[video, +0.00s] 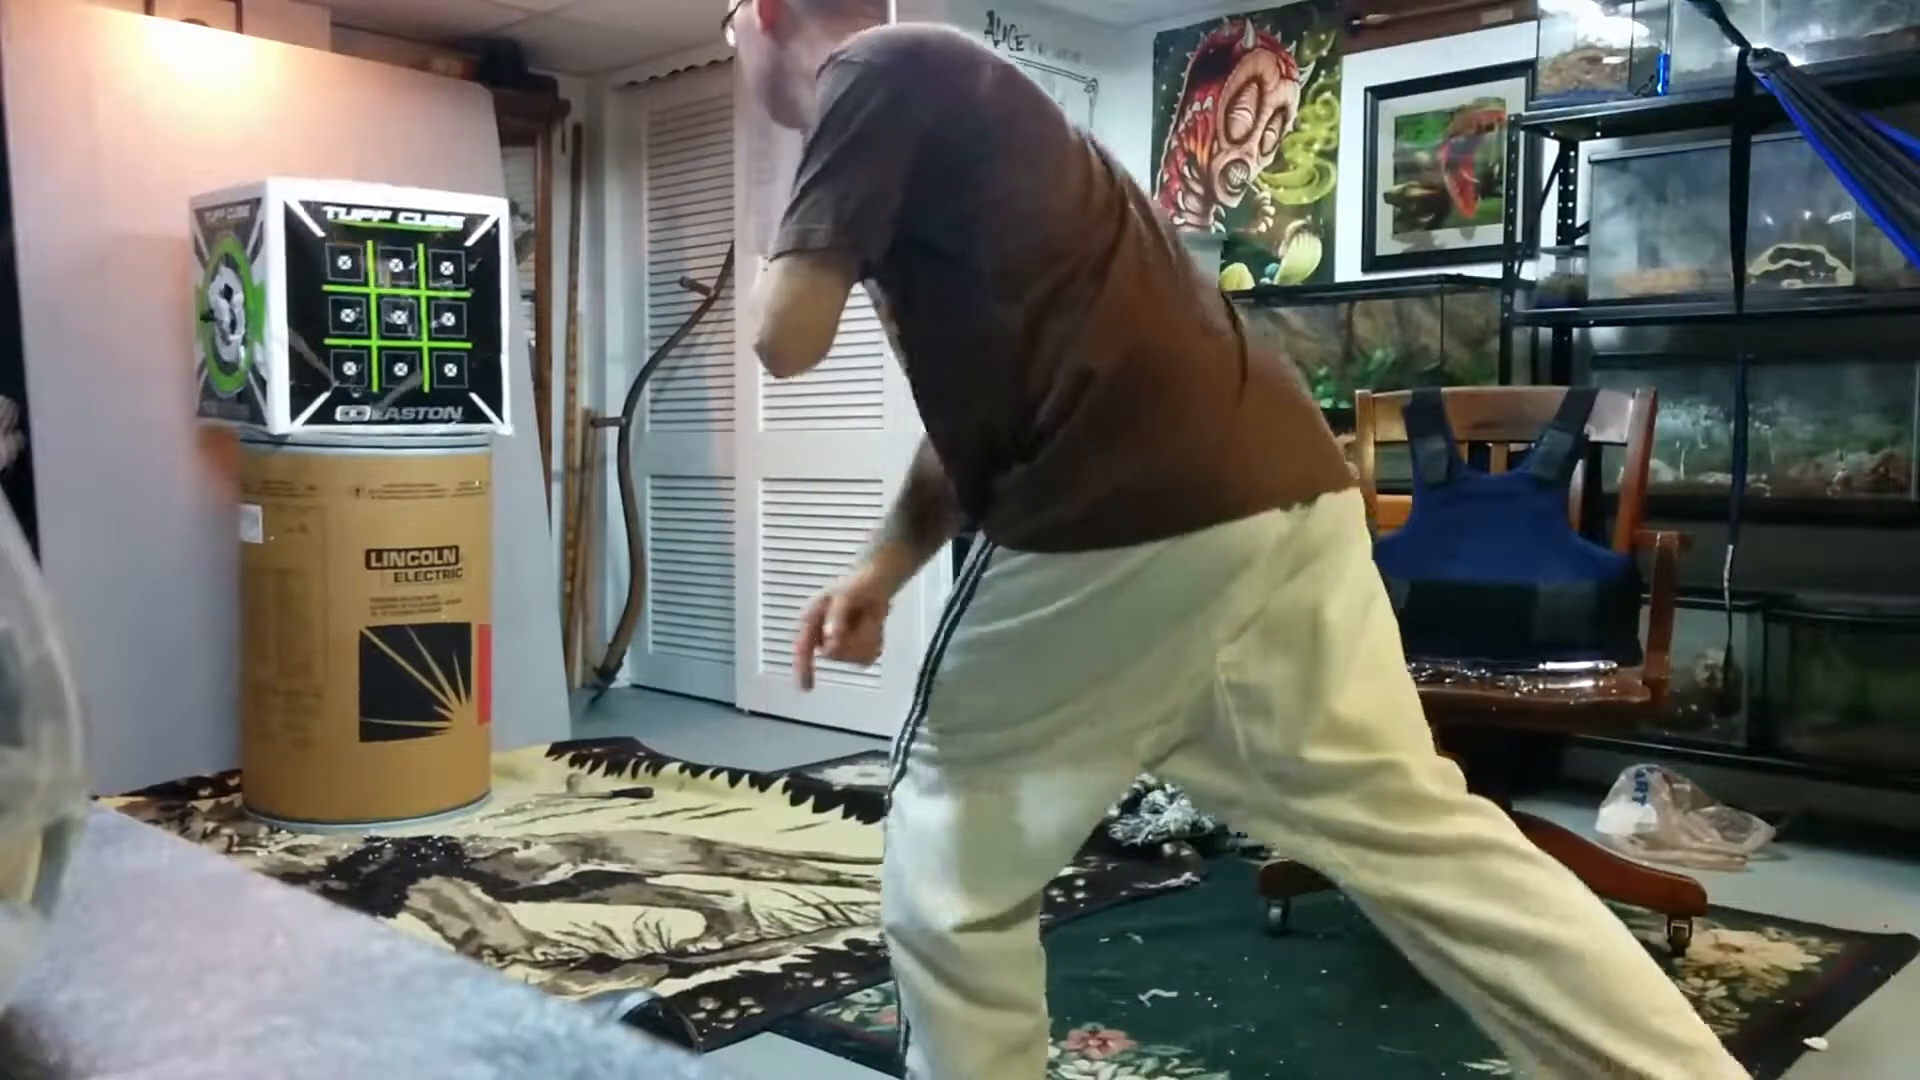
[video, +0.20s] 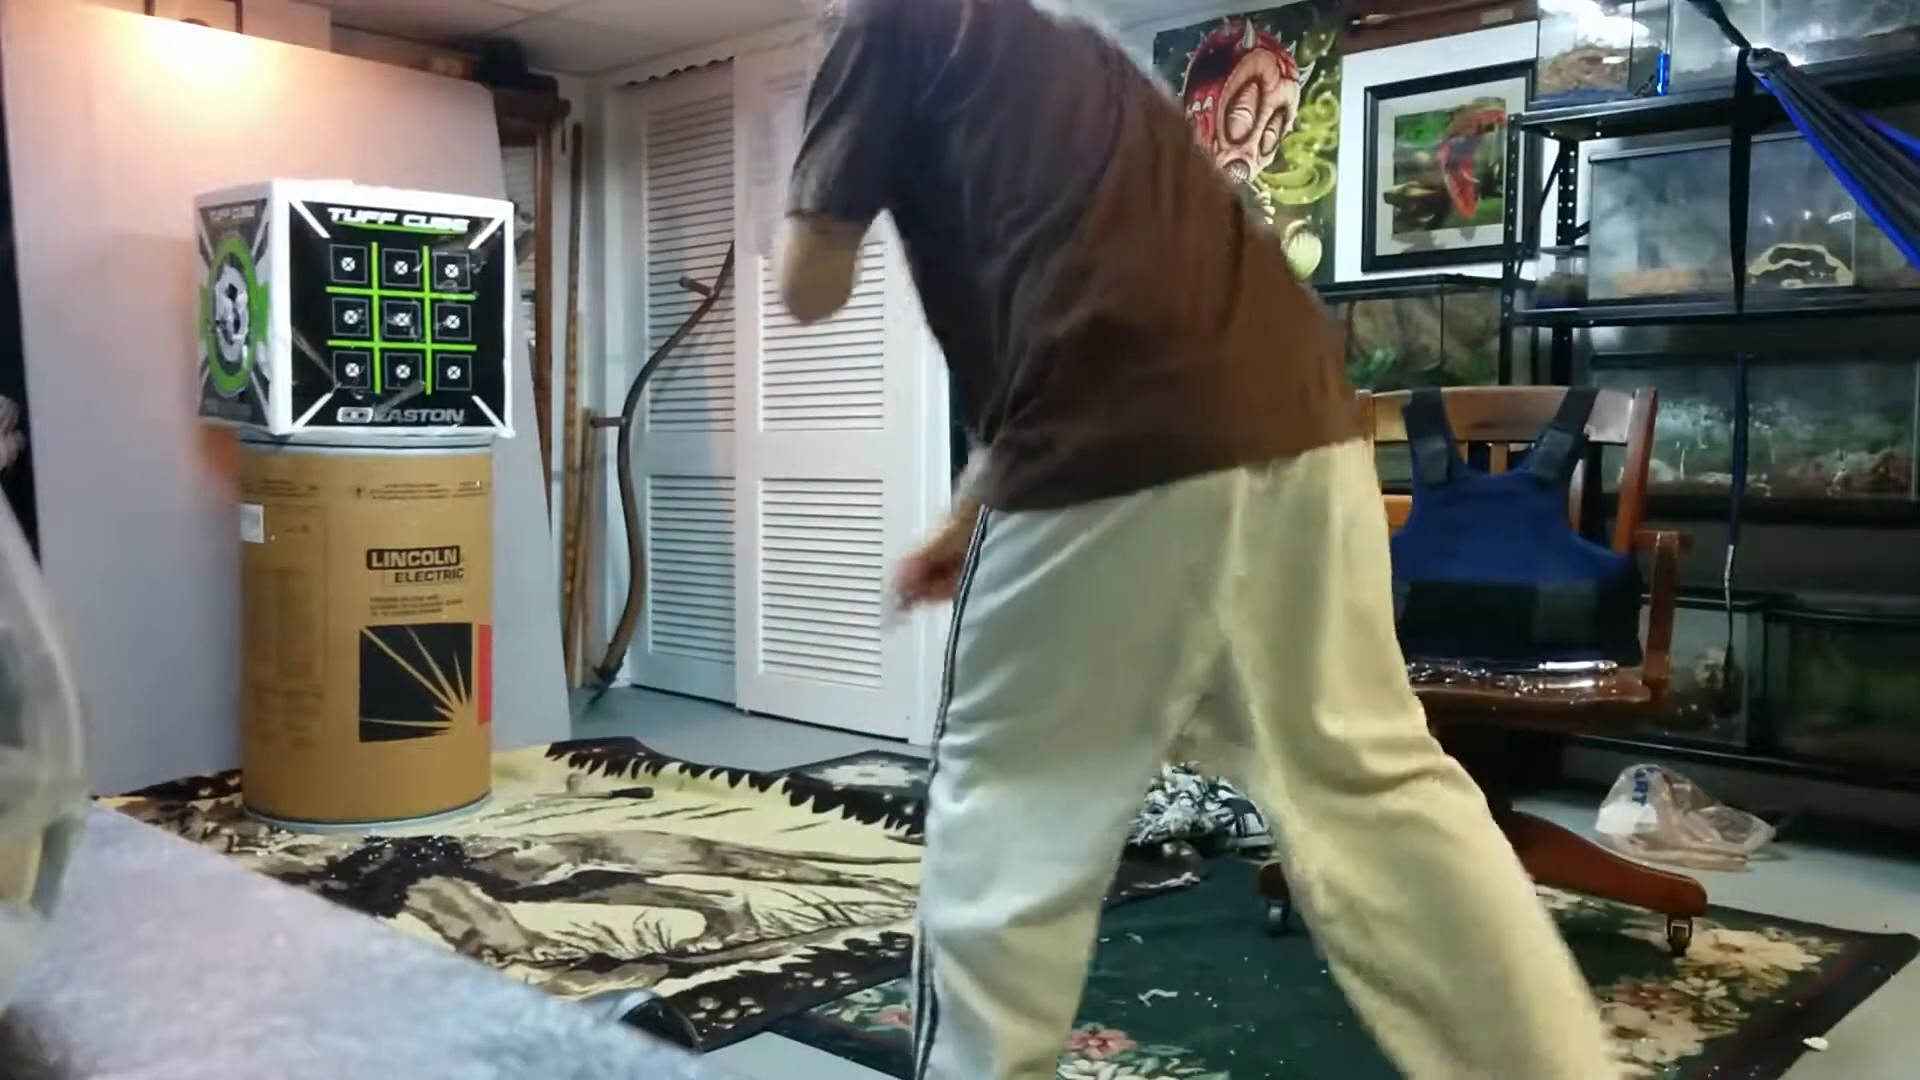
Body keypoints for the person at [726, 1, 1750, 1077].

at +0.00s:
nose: (746, 79)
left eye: (741, 48)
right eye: (743, 56)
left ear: (774, 18)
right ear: (867, 14)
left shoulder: (882, 71)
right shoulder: (1004, 120)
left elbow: (785, 341)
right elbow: (974, 409)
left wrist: (772, 256)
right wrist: (880, 570)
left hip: (1121, 494)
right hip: (1287, 464)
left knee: (955, 828)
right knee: (1412, 819)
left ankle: (992, 1065)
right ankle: (1693, 1068)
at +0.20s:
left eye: (840, 32)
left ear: (872, 10)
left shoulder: (889, 27)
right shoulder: (1085, 55)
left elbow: (809, 290)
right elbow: (1083, 325)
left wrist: (833, 175)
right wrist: (964, 519)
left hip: (1112, 430)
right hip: (1304, 402)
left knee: (1008, 804)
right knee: (1370, 766)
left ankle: (980, 1065)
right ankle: (1566, 1066)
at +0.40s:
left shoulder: (956, 10)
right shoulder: (1209, 7)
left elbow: (894, 229)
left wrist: (984, 106)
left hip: (1138, 393)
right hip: (1333, 374)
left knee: (1050, 790)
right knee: (1379, 771)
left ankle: (992, 1059)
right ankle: (1465, 1059)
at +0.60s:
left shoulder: (1086, 9)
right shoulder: (1348, 13)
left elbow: (1025, 236)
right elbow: (1499, 2)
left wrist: (1135, 229)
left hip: (1220, 399)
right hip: (1412, 395)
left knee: (1112, 773)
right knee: (1410, 758)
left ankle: (1016, 1056)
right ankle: (1448, 1055)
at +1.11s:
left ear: (1327, 55)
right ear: (1427, 67)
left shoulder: (1286, 94)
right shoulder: (1517, 138)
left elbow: (1236, 261)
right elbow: (1609, 330)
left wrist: (1290, 414)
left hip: (1393, 374)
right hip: (1578, 398)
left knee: (1295, 760)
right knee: (1491, 757)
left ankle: (1194, 1058)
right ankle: (1464, 1054)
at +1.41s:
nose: (1242, 174)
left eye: (1248, 156)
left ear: (1305, 123)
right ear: (1464, 134)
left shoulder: (1300, 132)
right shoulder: (1526, 182)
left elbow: (1245, 281)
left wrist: (1293, 446)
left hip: (1407, 392)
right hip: (1594, 416)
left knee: (1298, 760)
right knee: (1482, 770)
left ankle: (1190, 1059)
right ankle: (1465, 1057)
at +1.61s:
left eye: (1265, 73)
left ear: (1304, 56)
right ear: (1407, 61)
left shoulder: (1275, 90)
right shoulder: (1500, 128)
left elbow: (1222, 264)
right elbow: (1603, 331)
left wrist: (1270, 433)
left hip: (1385, 377)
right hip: (1570, 405)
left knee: (1279, 765)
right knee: (1475, 773)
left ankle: (1181, 1057)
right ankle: (1461, 1056)